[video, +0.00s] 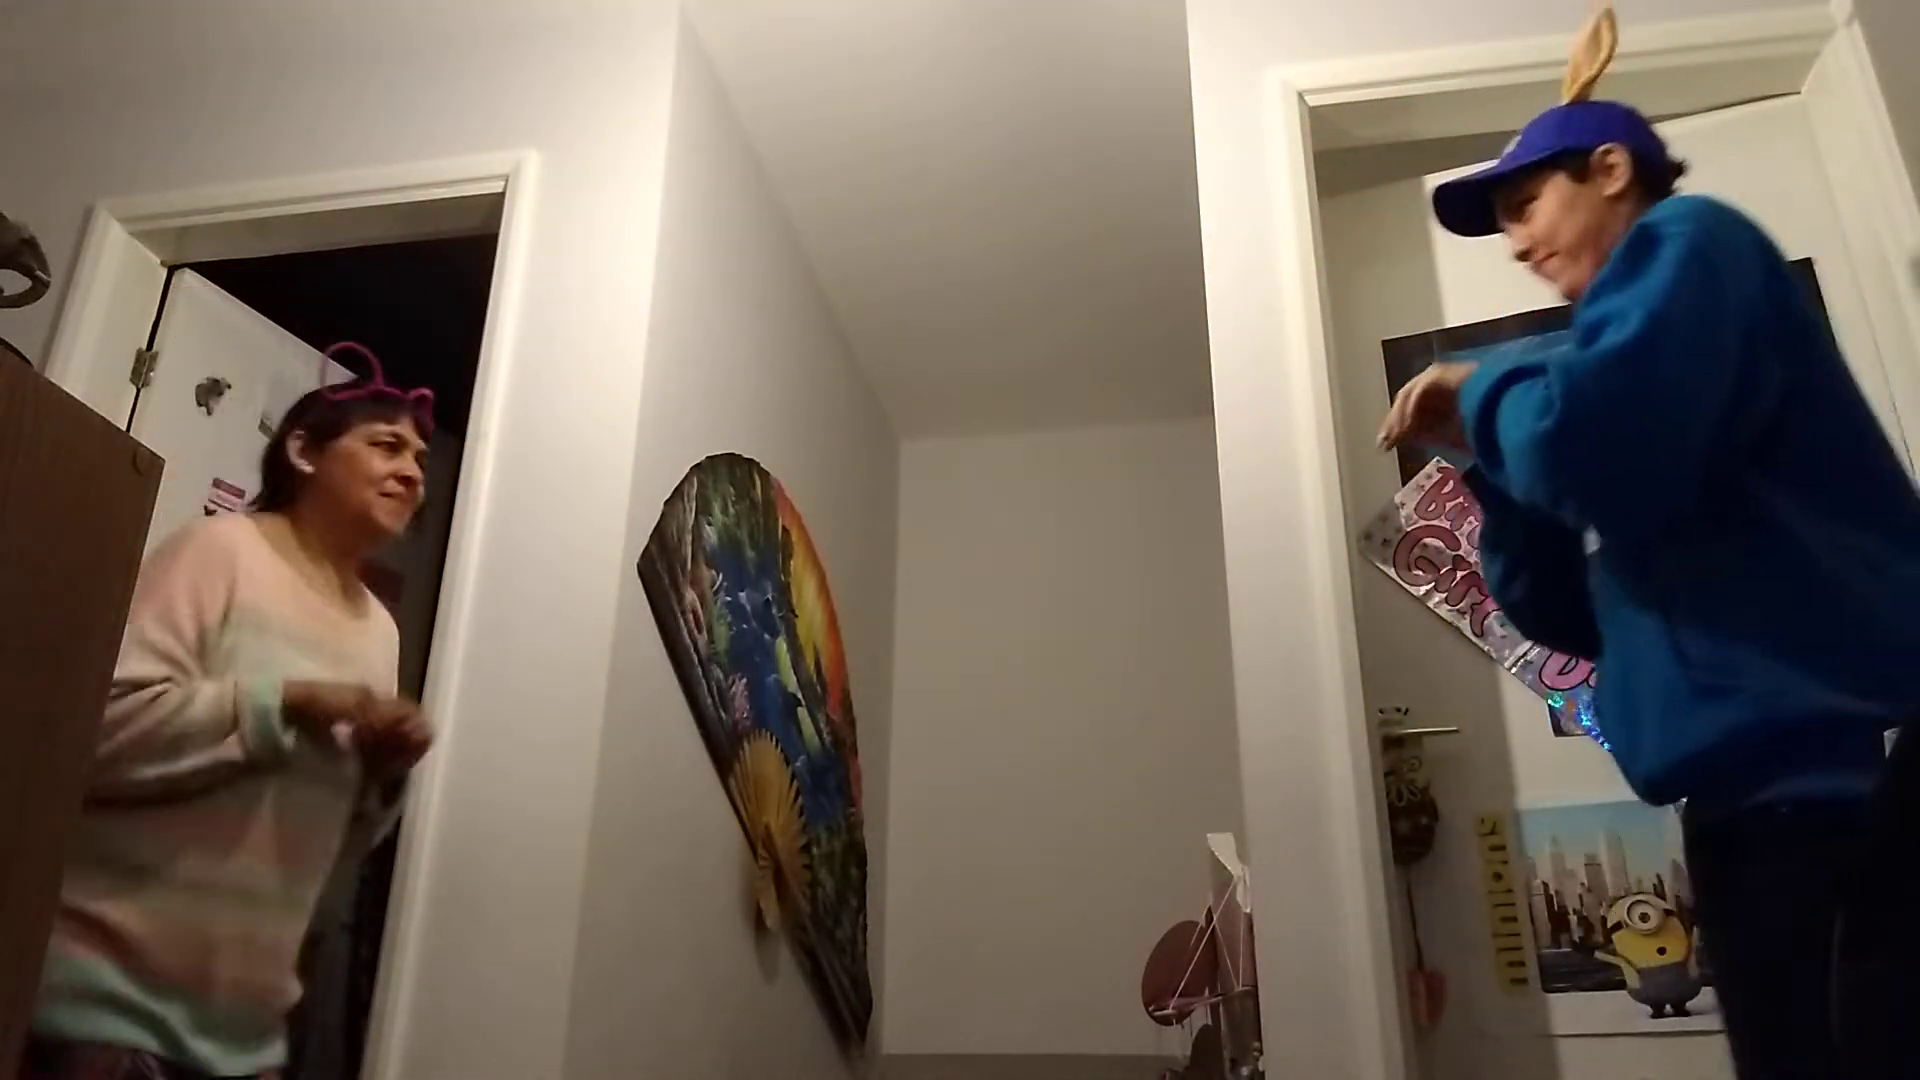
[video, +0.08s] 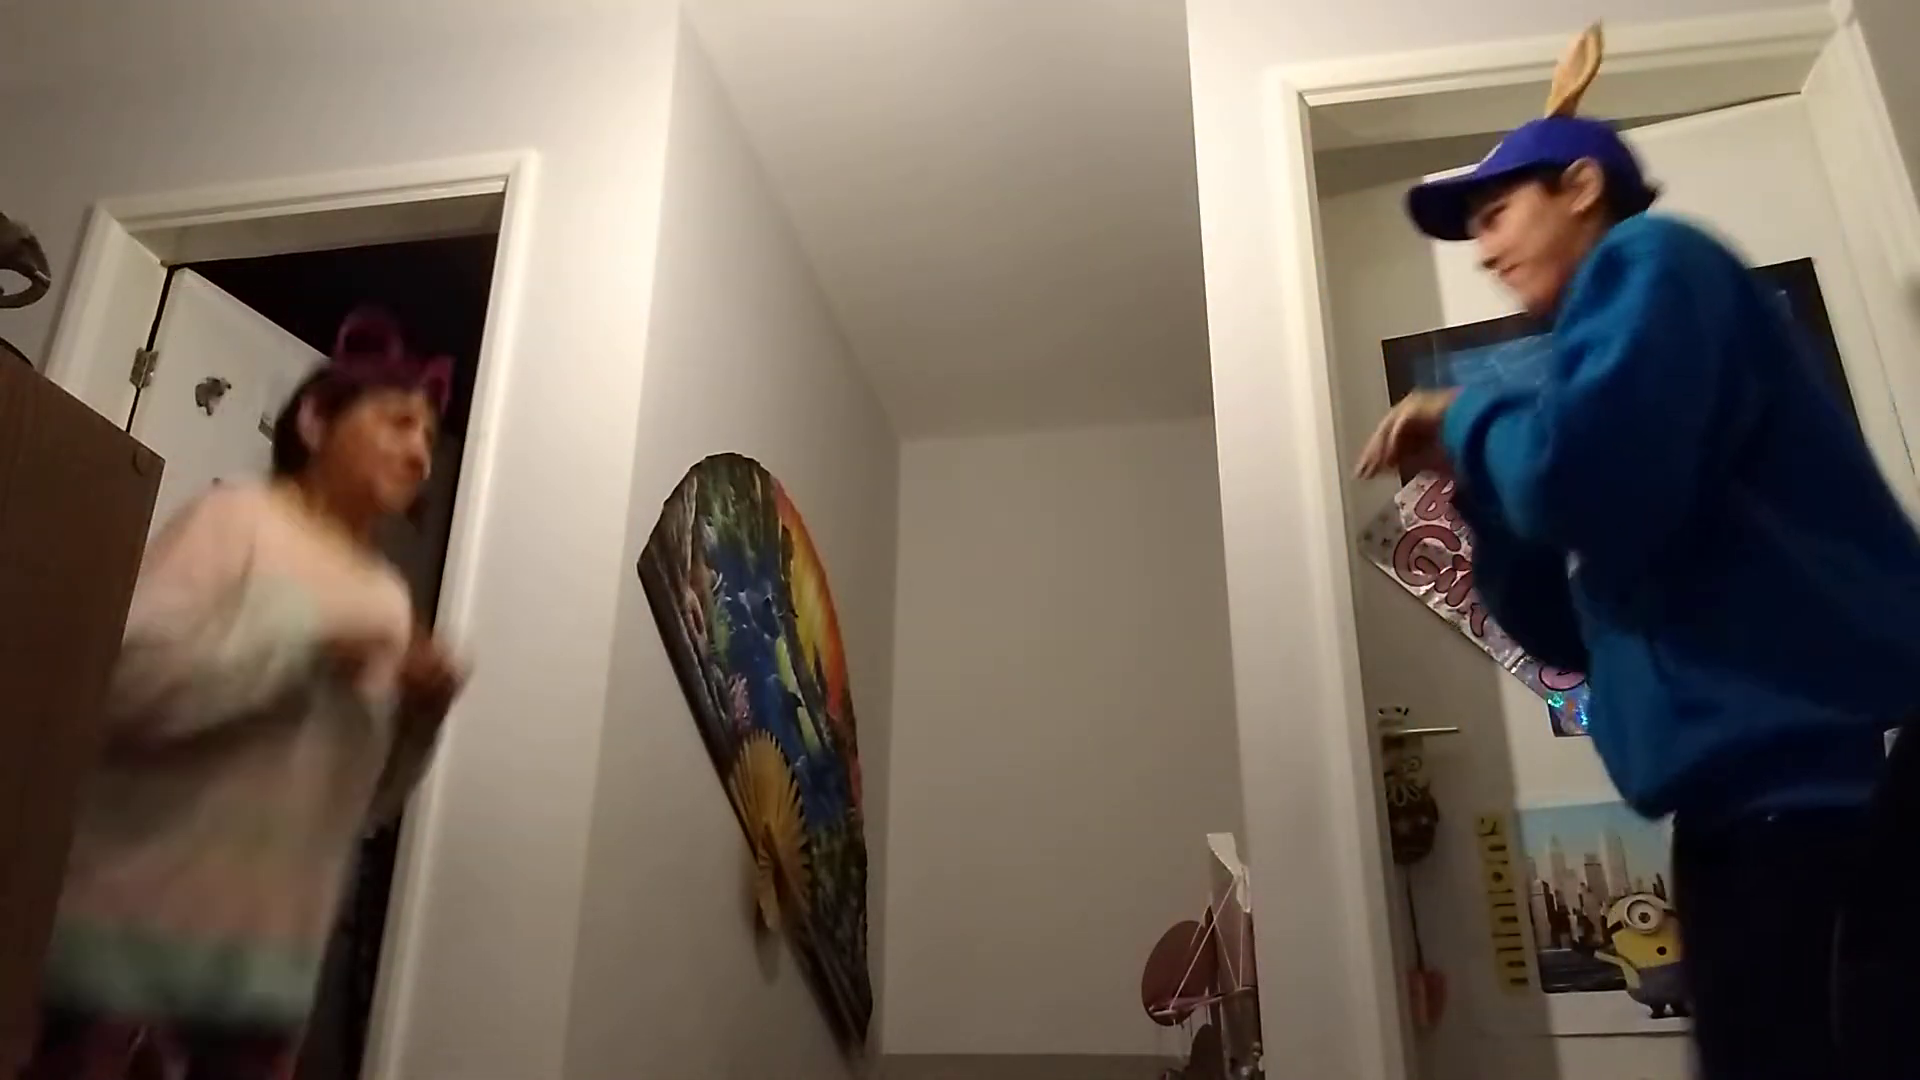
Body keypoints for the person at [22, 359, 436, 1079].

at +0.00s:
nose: (412, 472)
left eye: (419, 460)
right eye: (387, 445)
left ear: (420, 486)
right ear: (306, 452)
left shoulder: (380, 629)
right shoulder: (217, 549)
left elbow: (330, 845)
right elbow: (104, 730)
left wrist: (383, 770)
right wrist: (284, 708)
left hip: (249, 1016)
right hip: (111, 988)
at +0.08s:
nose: (419, 452)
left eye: (427, 435)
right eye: (398, 423)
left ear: (427, 460)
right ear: (316, 421)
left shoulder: (387, 594)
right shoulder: (233, 519)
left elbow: (359, 805)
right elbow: (125, 687)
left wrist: (417, 719)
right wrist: (304, 651)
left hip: (270, 956)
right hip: (130, 937)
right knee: (88, 1065)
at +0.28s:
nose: (469, 342)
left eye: (479, 328)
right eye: (449, 314)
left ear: (481, 345)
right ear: (371, 306)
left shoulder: (437, 480)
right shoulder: (288, 398)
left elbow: (449, 685)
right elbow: (239, 549)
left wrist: (496, 575)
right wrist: (404, 492)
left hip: (354, 820)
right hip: (221, 799)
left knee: (304, 1053)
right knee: (198, 1043)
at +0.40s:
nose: (503, 375)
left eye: (510, 359)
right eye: (484, 343)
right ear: (400, 343)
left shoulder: (448, 516)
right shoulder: (321, 452)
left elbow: (451, 735)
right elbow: (249, 635)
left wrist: (517, 641)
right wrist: (429, 563)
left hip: (377, 897)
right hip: (250, 880)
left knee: (361, 1062)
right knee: (248, 1063)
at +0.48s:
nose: (513, 423)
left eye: (517, 409)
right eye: (491, 397)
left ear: (518, 434)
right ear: (406, 402)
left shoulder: (464, 583)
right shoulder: (325, 520)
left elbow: (470, 797)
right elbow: (260, 721)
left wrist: (528, 713)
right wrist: (446, 653)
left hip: (406, 960)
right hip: (270, 944)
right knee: (299, 1058)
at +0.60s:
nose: (546, 421)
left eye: (547, 404)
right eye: (524, 396)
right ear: (439, 401)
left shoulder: (495, 565)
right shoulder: (368, 512)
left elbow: (515, 781)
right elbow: (330, 695)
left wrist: (577, 688)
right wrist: (503, 630)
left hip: (439, 952)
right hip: (320, 949)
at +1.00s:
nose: (677, 411)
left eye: (676, 393)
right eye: (656, 382)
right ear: (575, 384)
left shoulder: (604, 550)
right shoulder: (511, 503)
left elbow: (646, 756)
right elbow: (531, 693)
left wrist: (709, 680)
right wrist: (675, 623)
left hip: (588, 969)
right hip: (514, 970)